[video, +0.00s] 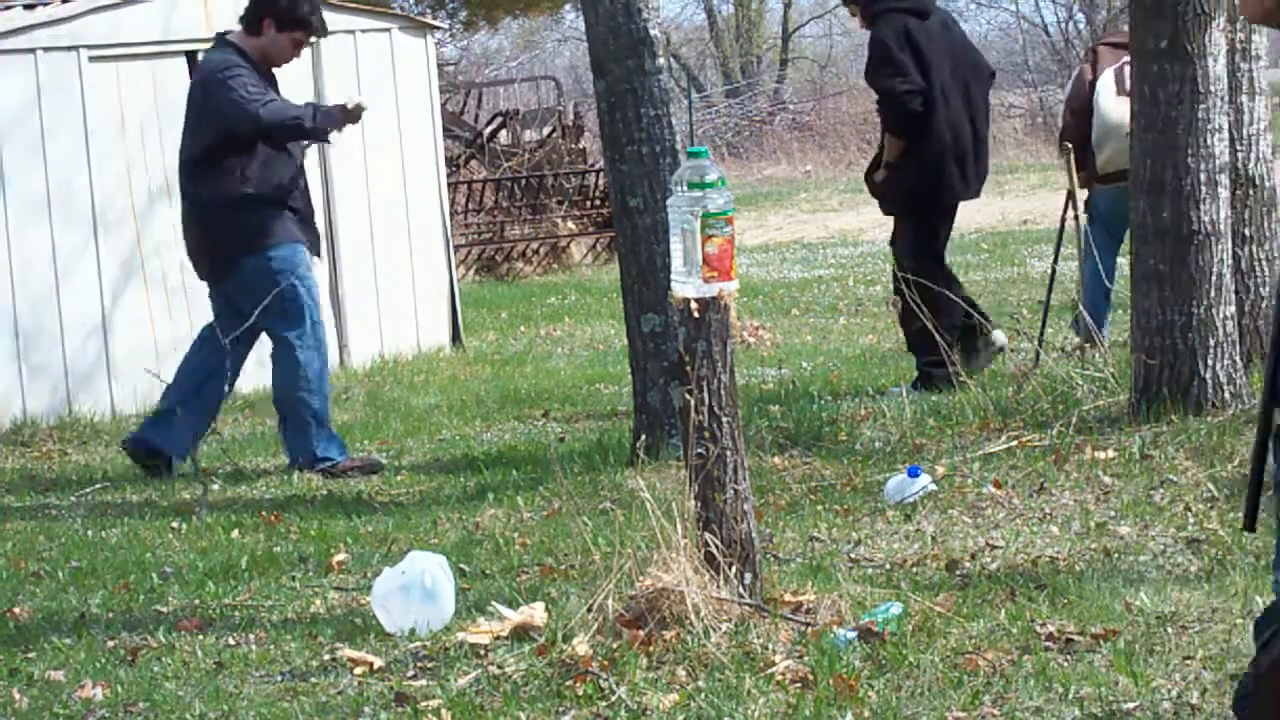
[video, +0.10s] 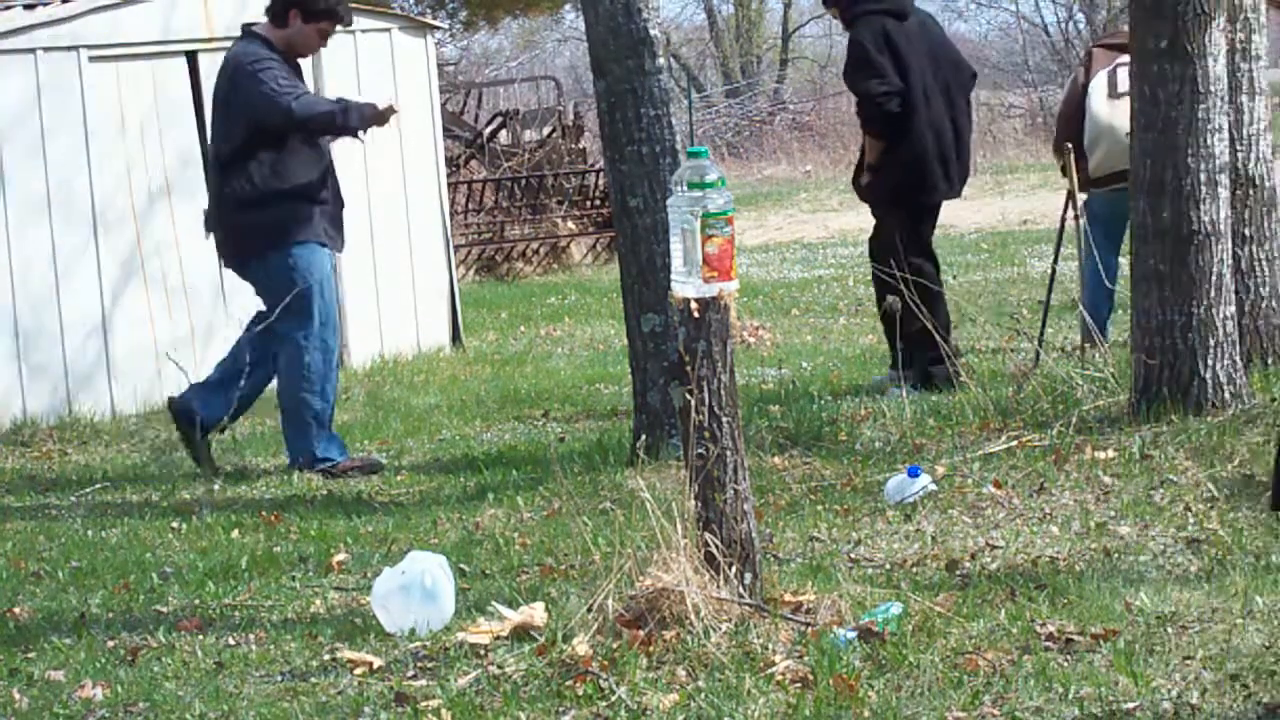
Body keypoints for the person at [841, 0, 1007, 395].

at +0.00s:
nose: (855, 18)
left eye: (853, 9)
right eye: (852, 11)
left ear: (866, 2)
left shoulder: (886, 29)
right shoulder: (938, 19)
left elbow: (904, 101)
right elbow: (981, 72)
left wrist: (888, 161)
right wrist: (966, 136)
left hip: (923, 169)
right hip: (957, 163)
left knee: (912, 269)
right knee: (924, 261)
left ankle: (937, 374)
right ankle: (976, 335)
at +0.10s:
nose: (834, 16)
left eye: (833, 9)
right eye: (831, 10)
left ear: (845, 3)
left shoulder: (865, 30)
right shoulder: (921, 20)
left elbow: (883, 103)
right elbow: (962, 75)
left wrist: (869, 164)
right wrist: (949, 142)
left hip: (901, 172)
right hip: (937, 163)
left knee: (900, 260)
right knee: (899, 257)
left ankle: (929, 370)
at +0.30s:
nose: (801, 23)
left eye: (800, 15)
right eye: (798, 16)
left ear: (812, 7)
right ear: (846, 0)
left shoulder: (829, 37)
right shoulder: (888, 31)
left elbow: (841, 106)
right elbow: (925, 88)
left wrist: (831, 171)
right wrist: (907, 147)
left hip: (863, 180)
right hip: (904, 174)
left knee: (884, 277)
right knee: (854, 274)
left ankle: (934, 373)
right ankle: (837, 372)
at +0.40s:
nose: (785, 19)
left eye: (786, 12)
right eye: (784, 13)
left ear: (798, 9)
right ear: (835, 2)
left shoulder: (811, 41)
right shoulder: (872, 37)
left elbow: (820, 110)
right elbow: (906, 97)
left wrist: (807, 171)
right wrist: (889, 158)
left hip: (837, 180)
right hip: (881, 175)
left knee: (844, 274)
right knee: (848, 275)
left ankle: (920, 360)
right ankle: (832, 374)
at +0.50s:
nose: (770, 18)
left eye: (772, 11)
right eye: (770, 12)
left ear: (784, 8)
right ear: (823, 3)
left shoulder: (794, 40)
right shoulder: (857, 38)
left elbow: (800, 106)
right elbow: (890, 98)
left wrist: (788, 160)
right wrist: (867, 146)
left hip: (817, 176)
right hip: (863, 172)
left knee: (793, 264)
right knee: (840, 270)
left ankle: (875, 336)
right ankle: (831, 376)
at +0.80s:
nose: (725, 18)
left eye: (727, 13)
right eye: (726, 14)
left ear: (736, 11)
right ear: (781, 5)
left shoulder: (742, 45)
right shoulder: (815, 41)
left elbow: (749, 110)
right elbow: (848, 100)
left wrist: (741, 157)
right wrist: (814, 137)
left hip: (764, 185)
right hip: (816, 178)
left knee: (749, 285)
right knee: (816, 280)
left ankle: (735, 375)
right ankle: (831, 374)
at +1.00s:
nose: (686, 26)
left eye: (687, 19)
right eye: (687, 20)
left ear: (695, 18)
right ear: (738, 8)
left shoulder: (705, 55)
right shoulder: (774, 45)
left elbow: (713, 118)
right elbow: (813, 103)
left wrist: (708, 169)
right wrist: (777, 136)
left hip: (736, 191)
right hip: (788, 181)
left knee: (729, 292)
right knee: (797, 278)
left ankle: (710, 380)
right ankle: (830, 372)